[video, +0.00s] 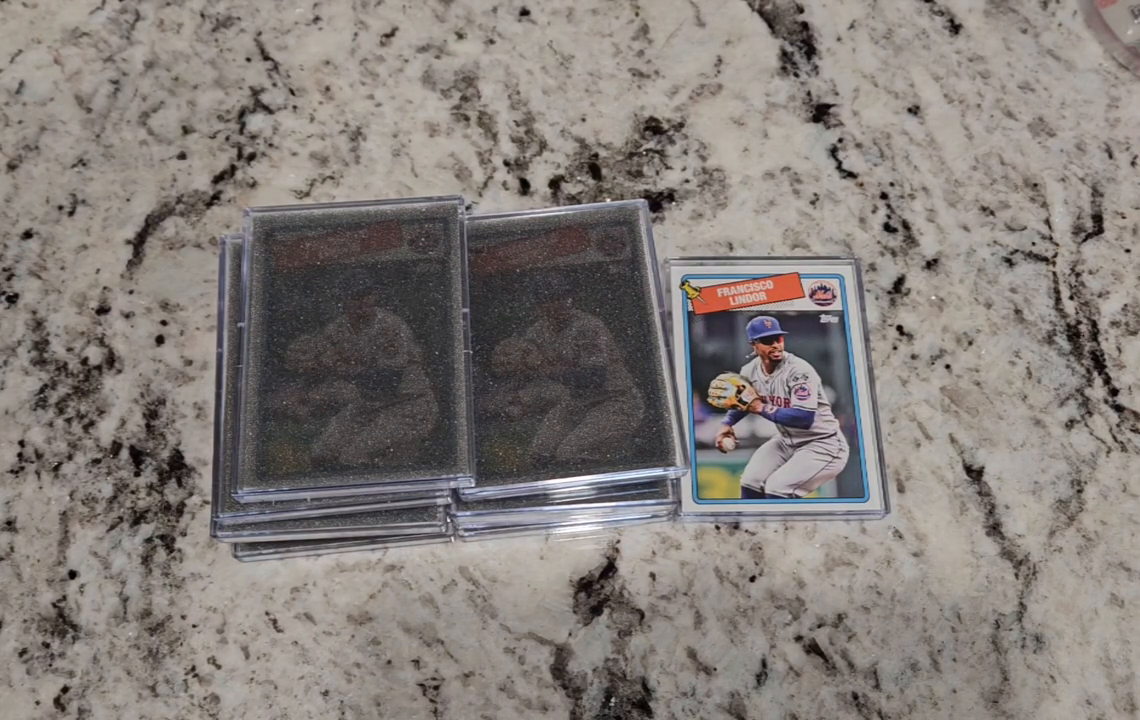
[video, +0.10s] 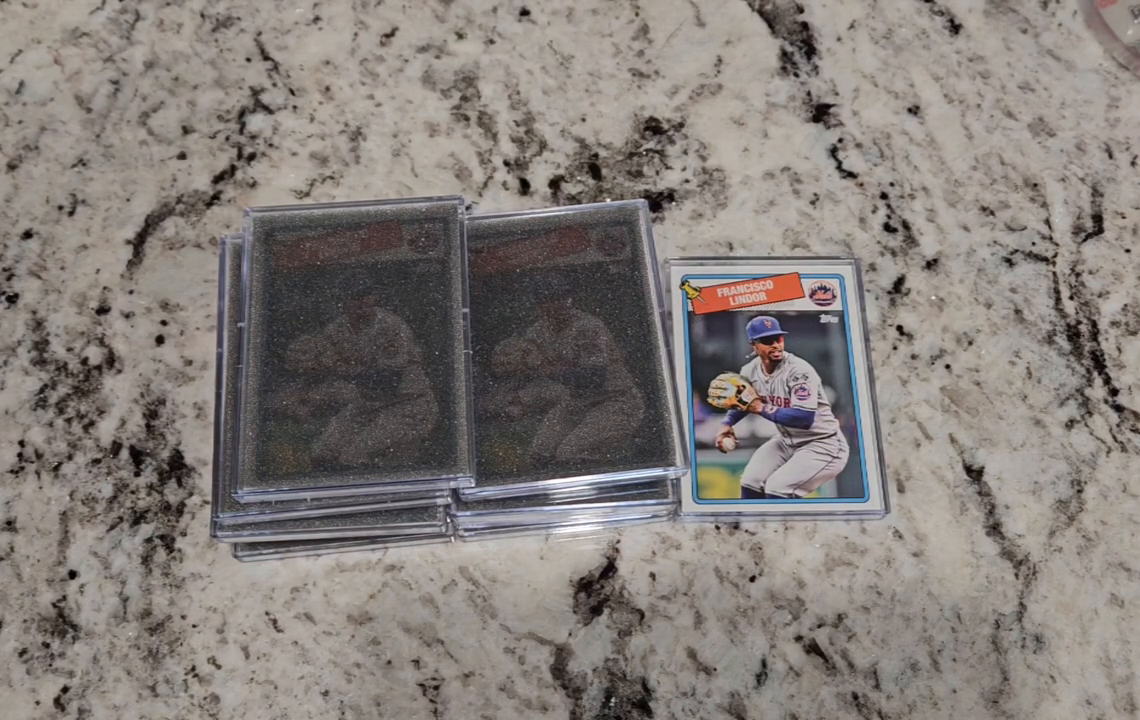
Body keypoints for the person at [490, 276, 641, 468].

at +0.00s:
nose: (554, 308)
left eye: (559, 300)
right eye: (548, 302)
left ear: (569, 300)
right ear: (539, 306)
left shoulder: (590, 327)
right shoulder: (537, 333)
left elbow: (594, 378)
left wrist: (546, 369)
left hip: (618, 403)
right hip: (574, 404)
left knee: (569, 453)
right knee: (539, 454)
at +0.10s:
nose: (552, 308)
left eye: (557, 300)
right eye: (546, 303)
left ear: (568, 300)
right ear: (539, 306)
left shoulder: (589, 327)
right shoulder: (538, 332)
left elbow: (594, 379)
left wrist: (546, 369)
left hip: (618, 403)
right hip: (575, 404)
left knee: (569, 453)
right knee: (540, 453)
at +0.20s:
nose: (553, 307)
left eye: (558, 300)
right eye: (547, 302)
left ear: (569, 300)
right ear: (540, 306)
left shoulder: (589, 327)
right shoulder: (538, 332)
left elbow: (593, 379)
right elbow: (502, 357)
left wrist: (545, 369)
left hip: (619, 403)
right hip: (576, 403)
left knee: (568, 453)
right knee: (540, 451)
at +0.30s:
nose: (553, 308)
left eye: (558, 300)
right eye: (547, 302)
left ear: (569, 300)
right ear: (540, 306)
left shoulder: (589, 327)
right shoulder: (539, 332)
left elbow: (593, 379)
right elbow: (501, 357)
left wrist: (545, 369)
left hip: (619, 403)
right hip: (576, 404)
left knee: (569, 453)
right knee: (540, 452)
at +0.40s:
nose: (555, 307)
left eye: (559, 300)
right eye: (548, 302)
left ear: (569, 300)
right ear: (540, 306)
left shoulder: (590, 327)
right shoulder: (538, 332)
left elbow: (594, 378)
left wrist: (548, 370)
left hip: (619, 402)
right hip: (575, 403)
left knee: (569, 452)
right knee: (540, 451)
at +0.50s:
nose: (553, 308)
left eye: (558, 300)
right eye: (546, 302)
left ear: (569, 300)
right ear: (539, 306)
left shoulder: (590, 327)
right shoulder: (538, 332)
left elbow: (594, 380)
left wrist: (547, 370)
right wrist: (518, 403)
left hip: (619, 402)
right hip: (575, 403)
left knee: (569, 453)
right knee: (539, 452)